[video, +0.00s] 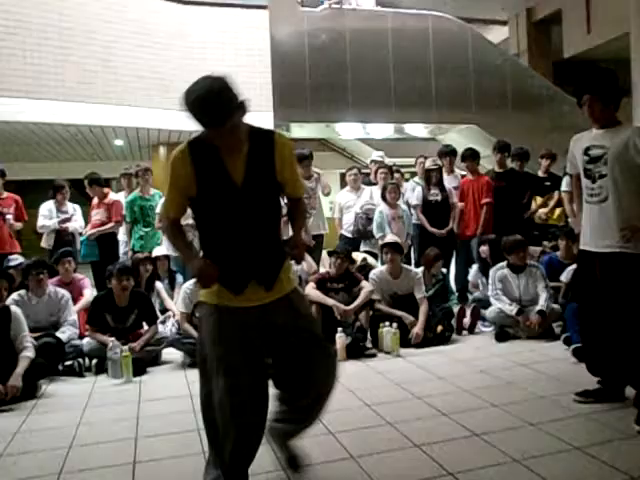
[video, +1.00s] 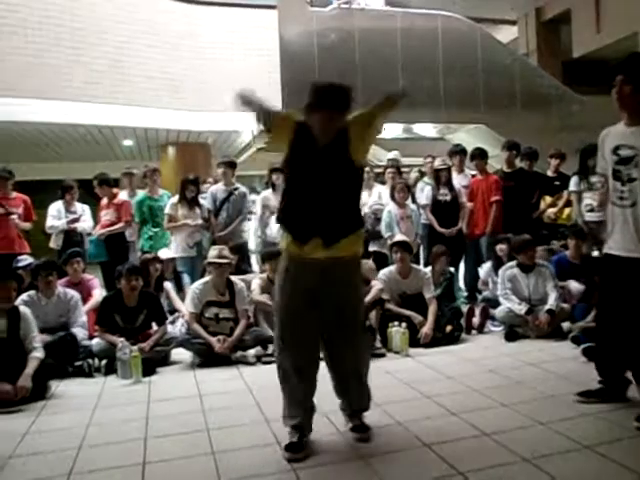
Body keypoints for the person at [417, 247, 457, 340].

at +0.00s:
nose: (440, 267)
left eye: (440, 264)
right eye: (437, 265)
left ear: (441, 264)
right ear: (430, 265)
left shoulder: (443, 276)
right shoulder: (417, 275)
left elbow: (451, 294)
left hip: (440, 309)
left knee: (447, 310)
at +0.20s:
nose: (439, 268)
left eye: (440, 265)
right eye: (437, 265)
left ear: (441, 264)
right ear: (430, 265)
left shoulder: (443, 276)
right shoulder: (418, 275)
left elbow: (451, 294)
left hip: (440, 309)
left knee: (447, 311)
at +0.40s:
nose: (439, 268)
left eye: (440, 265)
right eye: (436, 265)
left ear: (441, 264)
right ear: (429, 264)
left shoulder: (442, 275)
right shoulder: (417, 275)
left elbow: (450, 293)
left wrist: (451, 305)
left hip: (439, 308)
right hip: (423, 309)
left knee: (447, 310)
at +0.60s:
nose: (437, 266)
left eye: (439, 263)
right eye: (435, 264)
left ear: (440, 263)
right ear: (427, 264)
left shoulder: (442, 274)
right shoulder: (416, 275)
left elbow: (449, 292)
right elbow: (417, 295)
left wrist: (451, 304)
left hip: (439, 305)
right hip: (423, 306)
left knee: (446, 310)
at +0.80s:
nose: (436, 267)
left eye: (437, 264)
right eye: (433, 264)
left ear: (439, 263)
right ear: (426, 264)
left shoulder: (441, 274)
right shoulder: (416, 275)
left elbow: (447, 293)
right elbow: (416, 296)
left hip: (439, 305)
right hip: (422, 306)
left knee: (445, 311)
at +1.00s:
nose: (445, 264)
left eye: (446, 260)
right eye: (441, 261)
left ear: (447, 261)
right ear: (435, 261)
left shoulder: (451, 275)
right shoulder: (425, 275)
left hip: (448, 305)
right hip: (431, 305)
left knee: (455, 311)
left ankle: (449, 328)